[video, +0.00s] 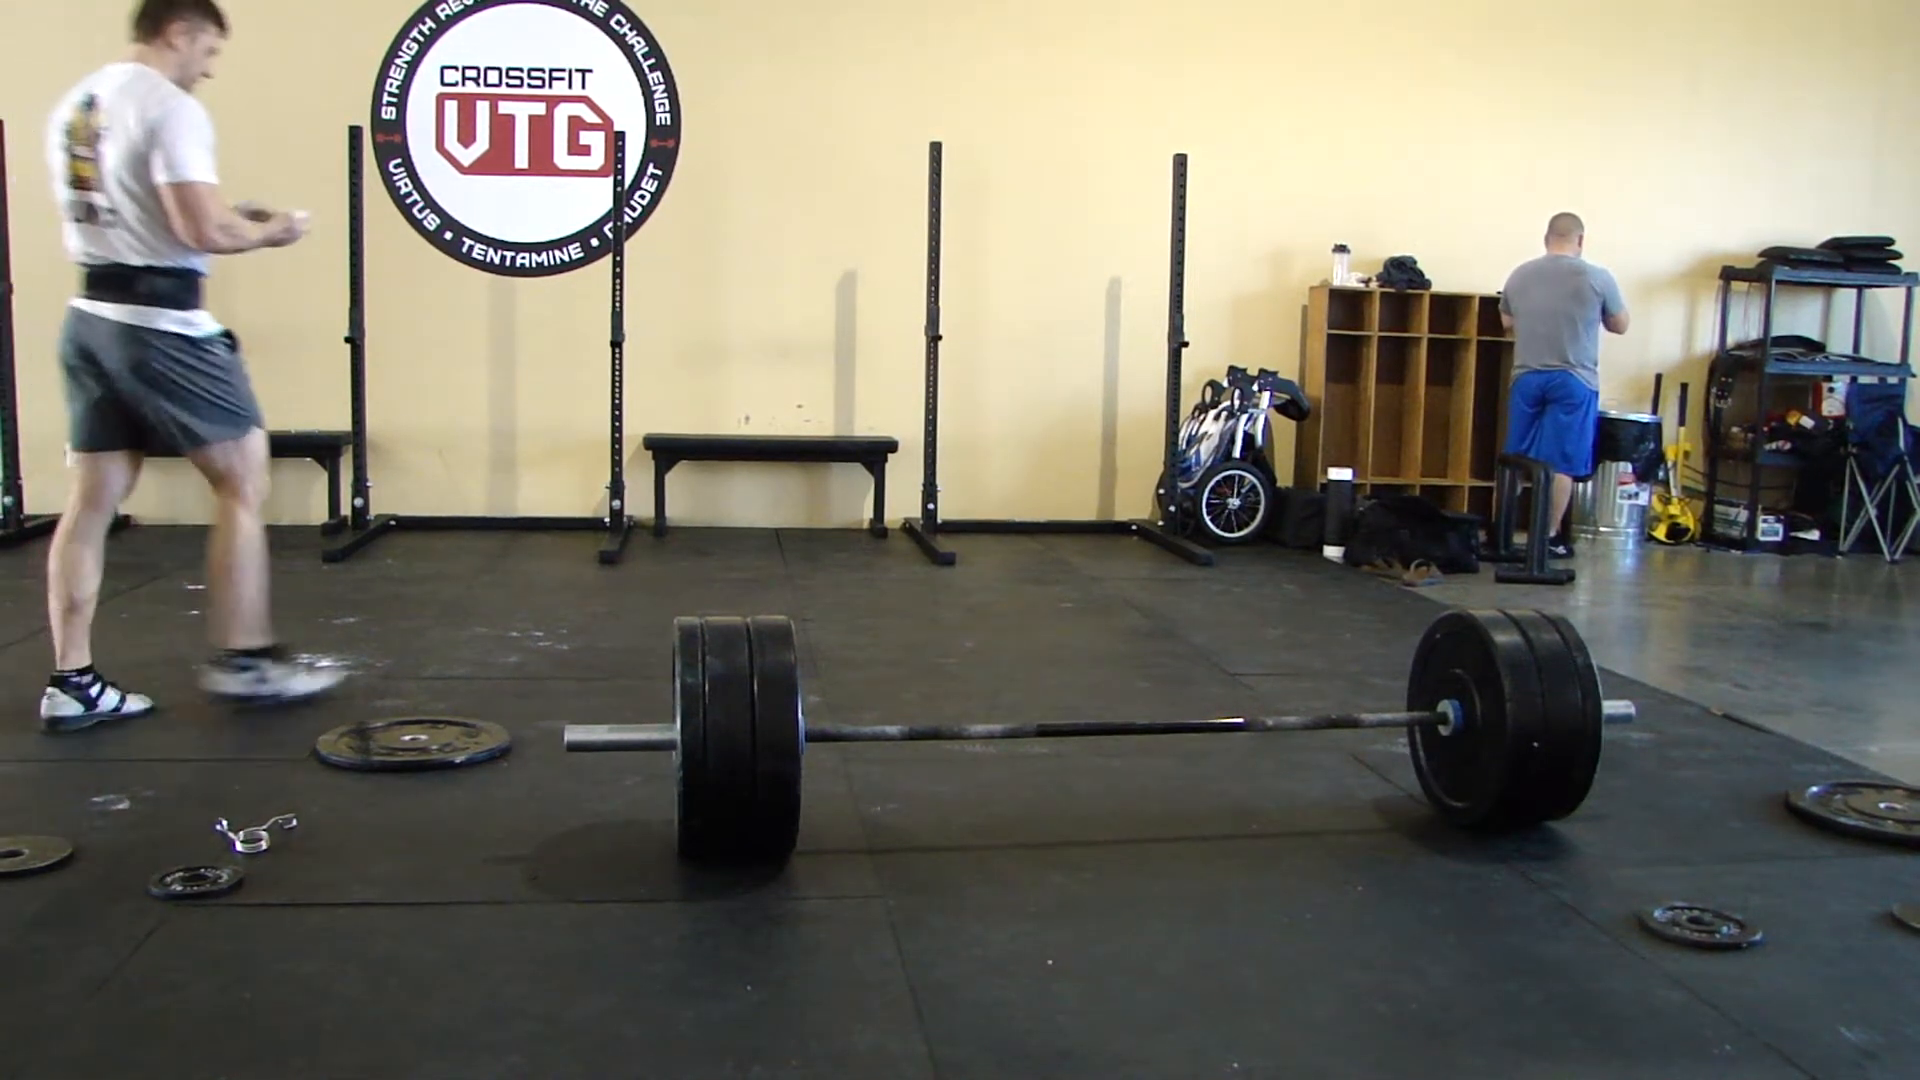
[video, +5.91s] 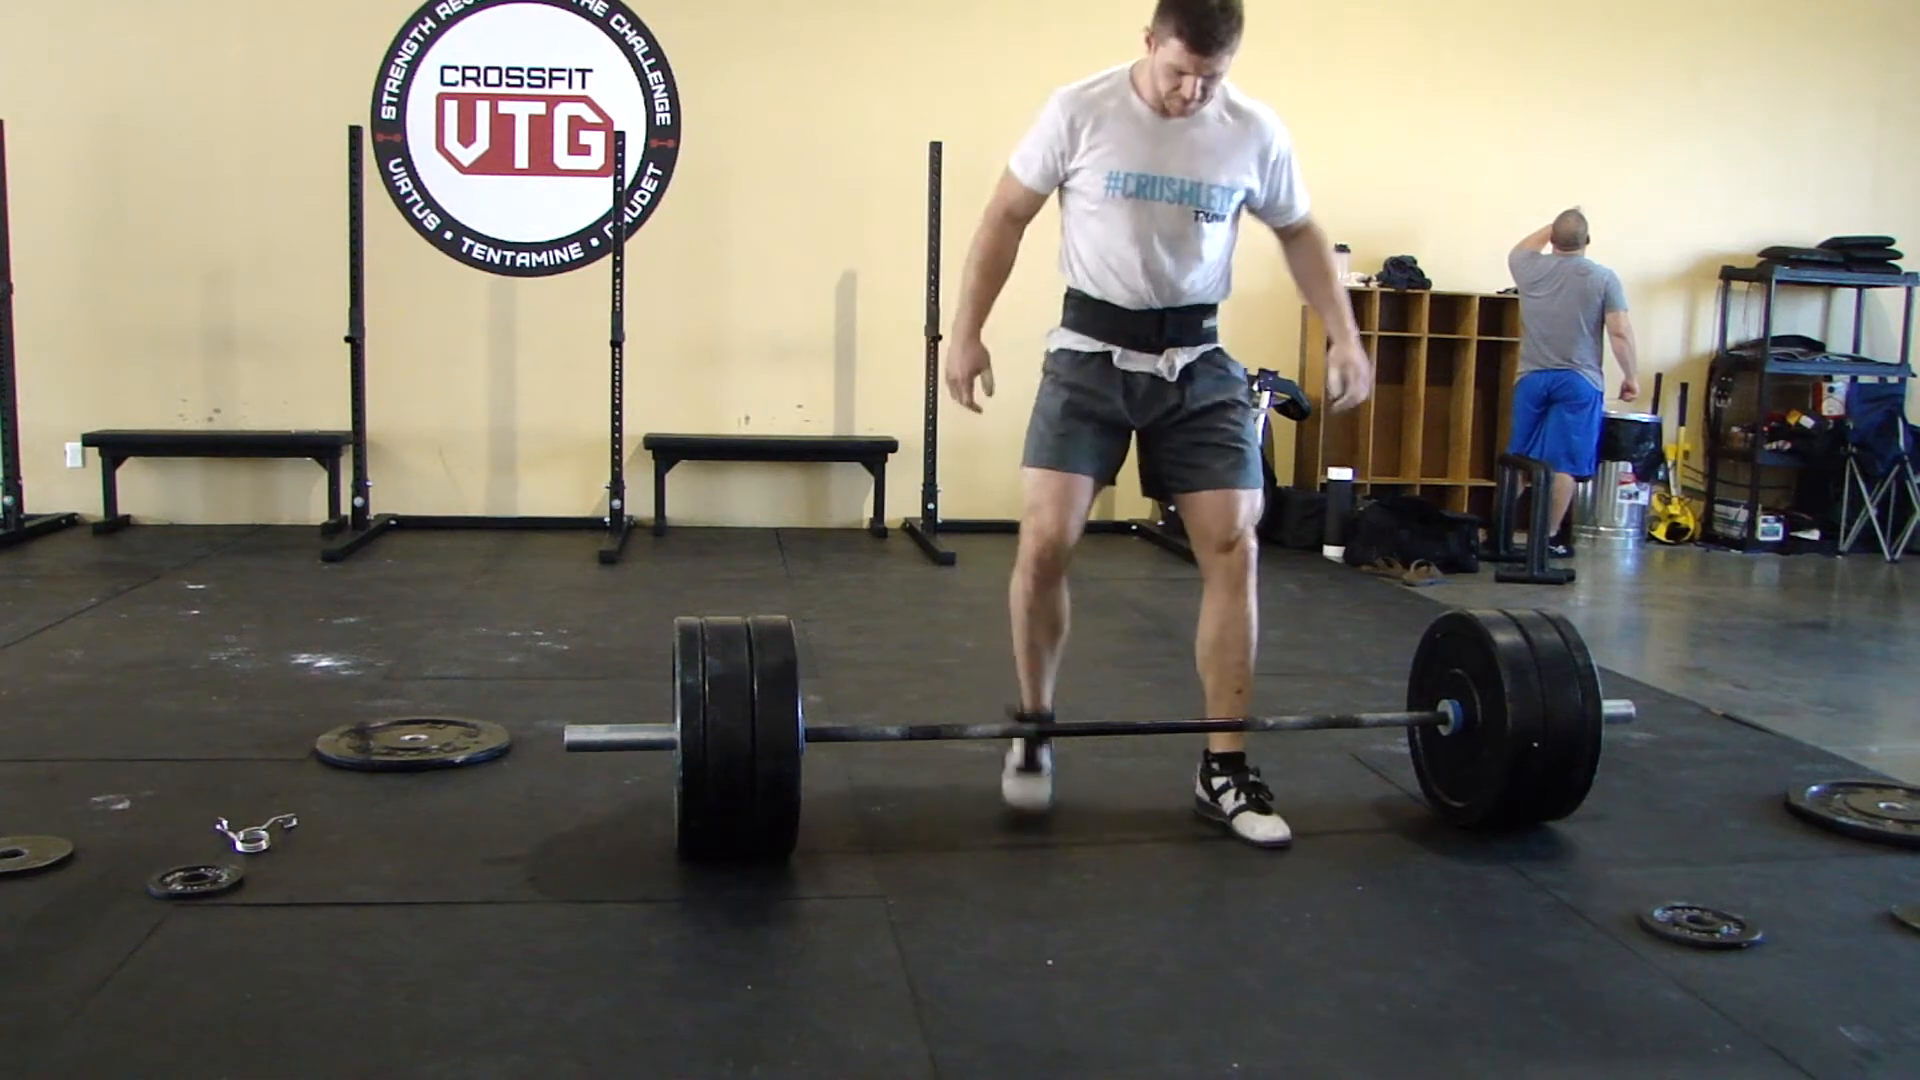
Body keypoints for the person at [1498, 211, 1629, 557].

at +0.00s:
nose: (1580, 246)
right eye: (1582, 241)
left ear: (1546, 239)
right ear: (1580, 240)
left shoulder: (1520, 274)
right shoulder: (1596, 277)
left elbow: (1508, 322)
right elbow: (1619, 324)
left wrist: (1541, 315)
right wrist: (1587, 307)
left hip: (1526, 377)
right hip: (1574, 379)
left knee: (1514, 459)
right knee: (1562, 465)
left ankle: (1500, 535)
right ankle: (1548, 539)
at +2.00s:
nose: (1578, 245)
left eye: (1555, 238)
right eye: (1581, 240)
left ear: (1548, 239)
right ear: (1583, 241)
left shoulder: (1521, 274)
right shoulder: (1597, 276)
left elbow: (1506, 320)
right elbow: (1623, 317)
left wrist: (1540, 313)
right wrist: (1592, 299)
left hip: (1527, 377)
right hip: (1575, 379)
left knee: (1516, 459)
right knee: (1562, 466)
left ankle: (1501, 536)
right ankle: (1547, 540)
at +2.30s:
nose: (1582, 247)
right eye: (1584, 242)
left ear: (1549, 239)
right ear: (1583, 241)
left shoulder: (1521, 274)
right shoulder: (1597, 276)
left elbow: (1507, 316)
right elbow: (1621, 328)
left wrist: (1536, 316)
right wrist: (1615, 344)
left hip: (1528, 378)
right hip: (1576, 380)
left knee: (1516, 460)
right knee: (1562, 466)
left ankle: (1501, 535)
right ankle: (1547, 540)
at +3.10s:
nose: (1584, 244)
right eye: (1585, 239)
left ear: (1550, 239)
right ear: (1586, 240)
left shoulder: (1524, 271)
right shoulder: (1600, 277)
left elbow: (1512, 289)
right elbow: (1616, 332)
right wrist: (1628, 376)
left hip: (1530, 379)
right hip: (1577, 382)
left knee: (1519, 461)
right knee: (1565, 465)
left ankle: (1502, 534)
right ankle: (1548, 538)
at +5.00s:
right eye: (1584, 237)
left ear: (1549, 240)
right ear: (1586, 242)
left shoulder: (1528, 271)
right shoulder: (1602, 278)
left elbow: (1518, 254)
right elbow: (1617, 332)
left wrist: (1548, 232)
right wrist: (1629, 377)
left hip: (1530, 378)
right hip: (1579, 381)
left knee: (1519, 460)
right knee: (1565, 465)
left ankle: (1502, 535)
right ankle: (1547, 539)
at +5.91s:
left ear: (1551, 241)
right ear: (1588, 242)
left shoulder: (1532, 270)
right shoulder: (1603, 278)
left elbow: (1519, 253)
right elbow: (1619, 331)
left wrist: (1551, 229)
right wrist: (1631, 375)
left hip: (1532, 378)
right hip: (1579, 381)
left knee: (1519, 459)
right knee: (1565, 465)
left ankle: (1499, 530)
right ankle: (1548, 538)